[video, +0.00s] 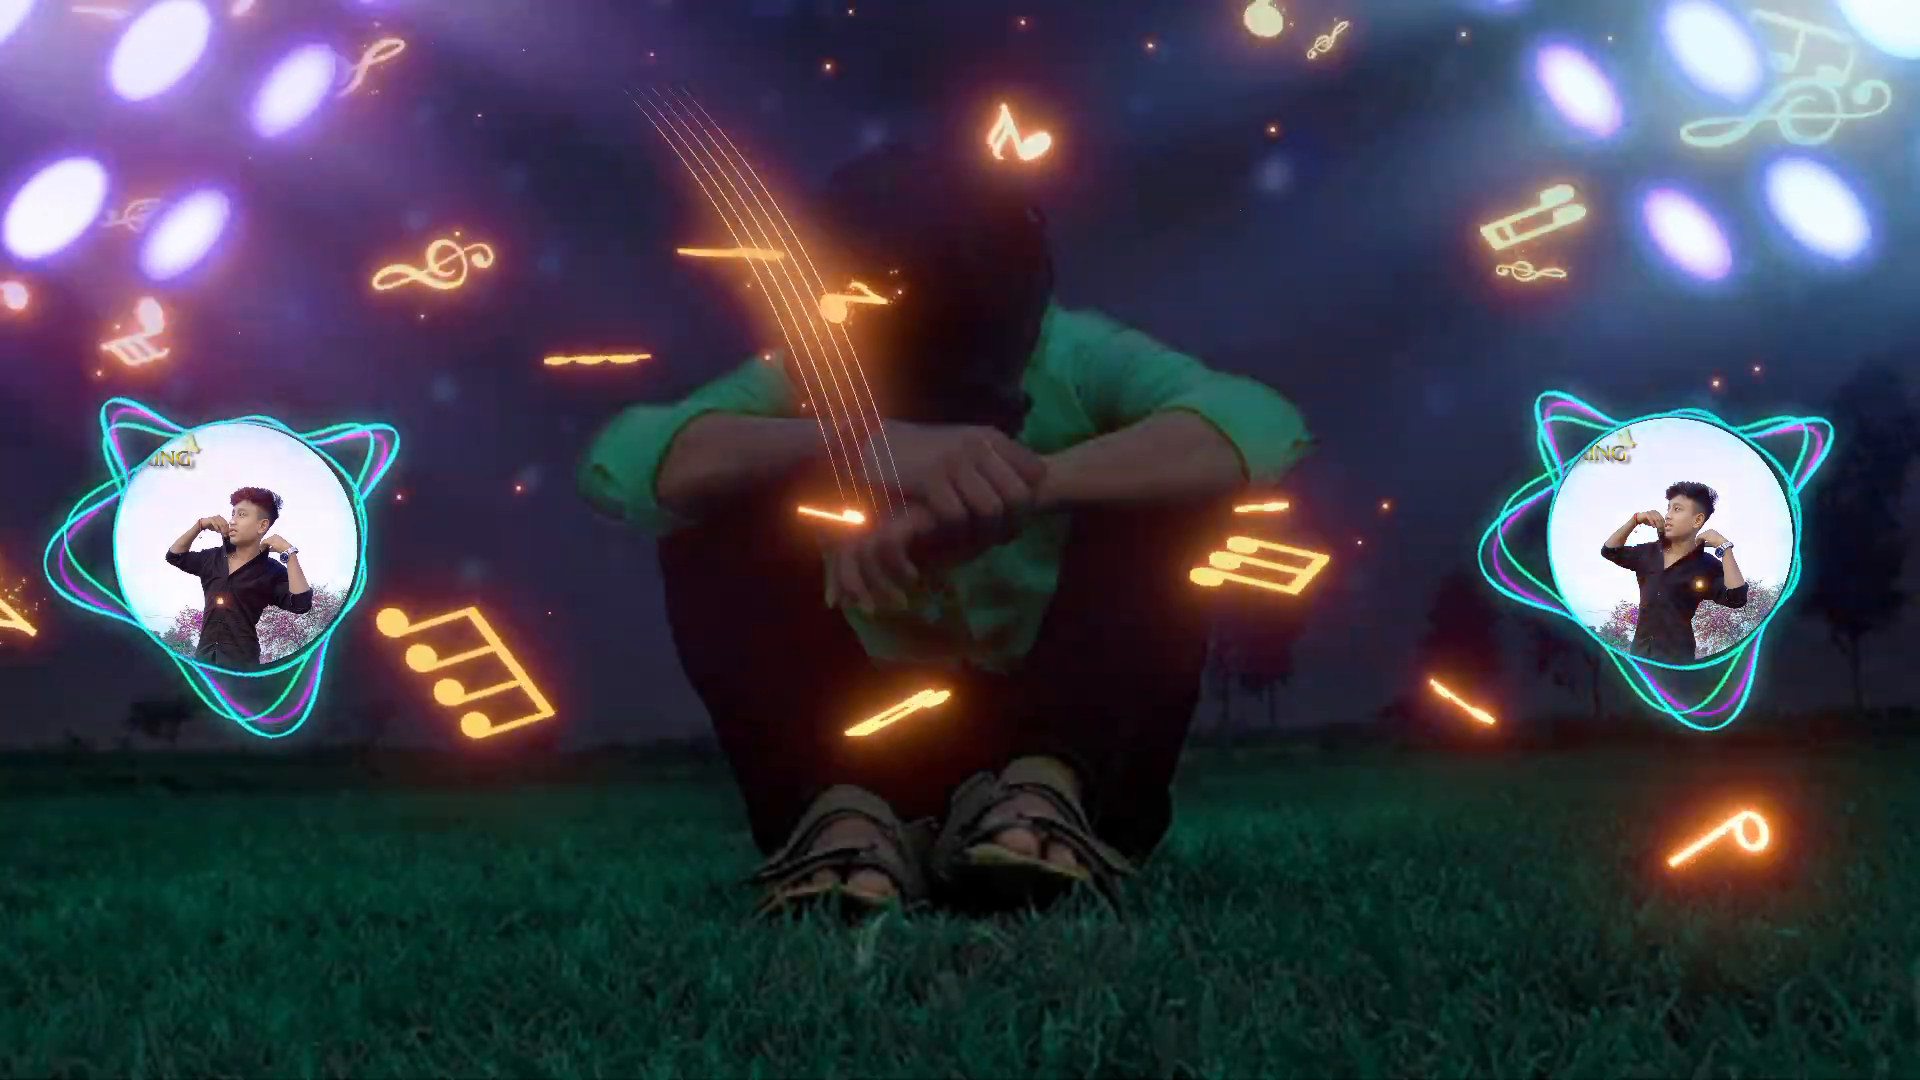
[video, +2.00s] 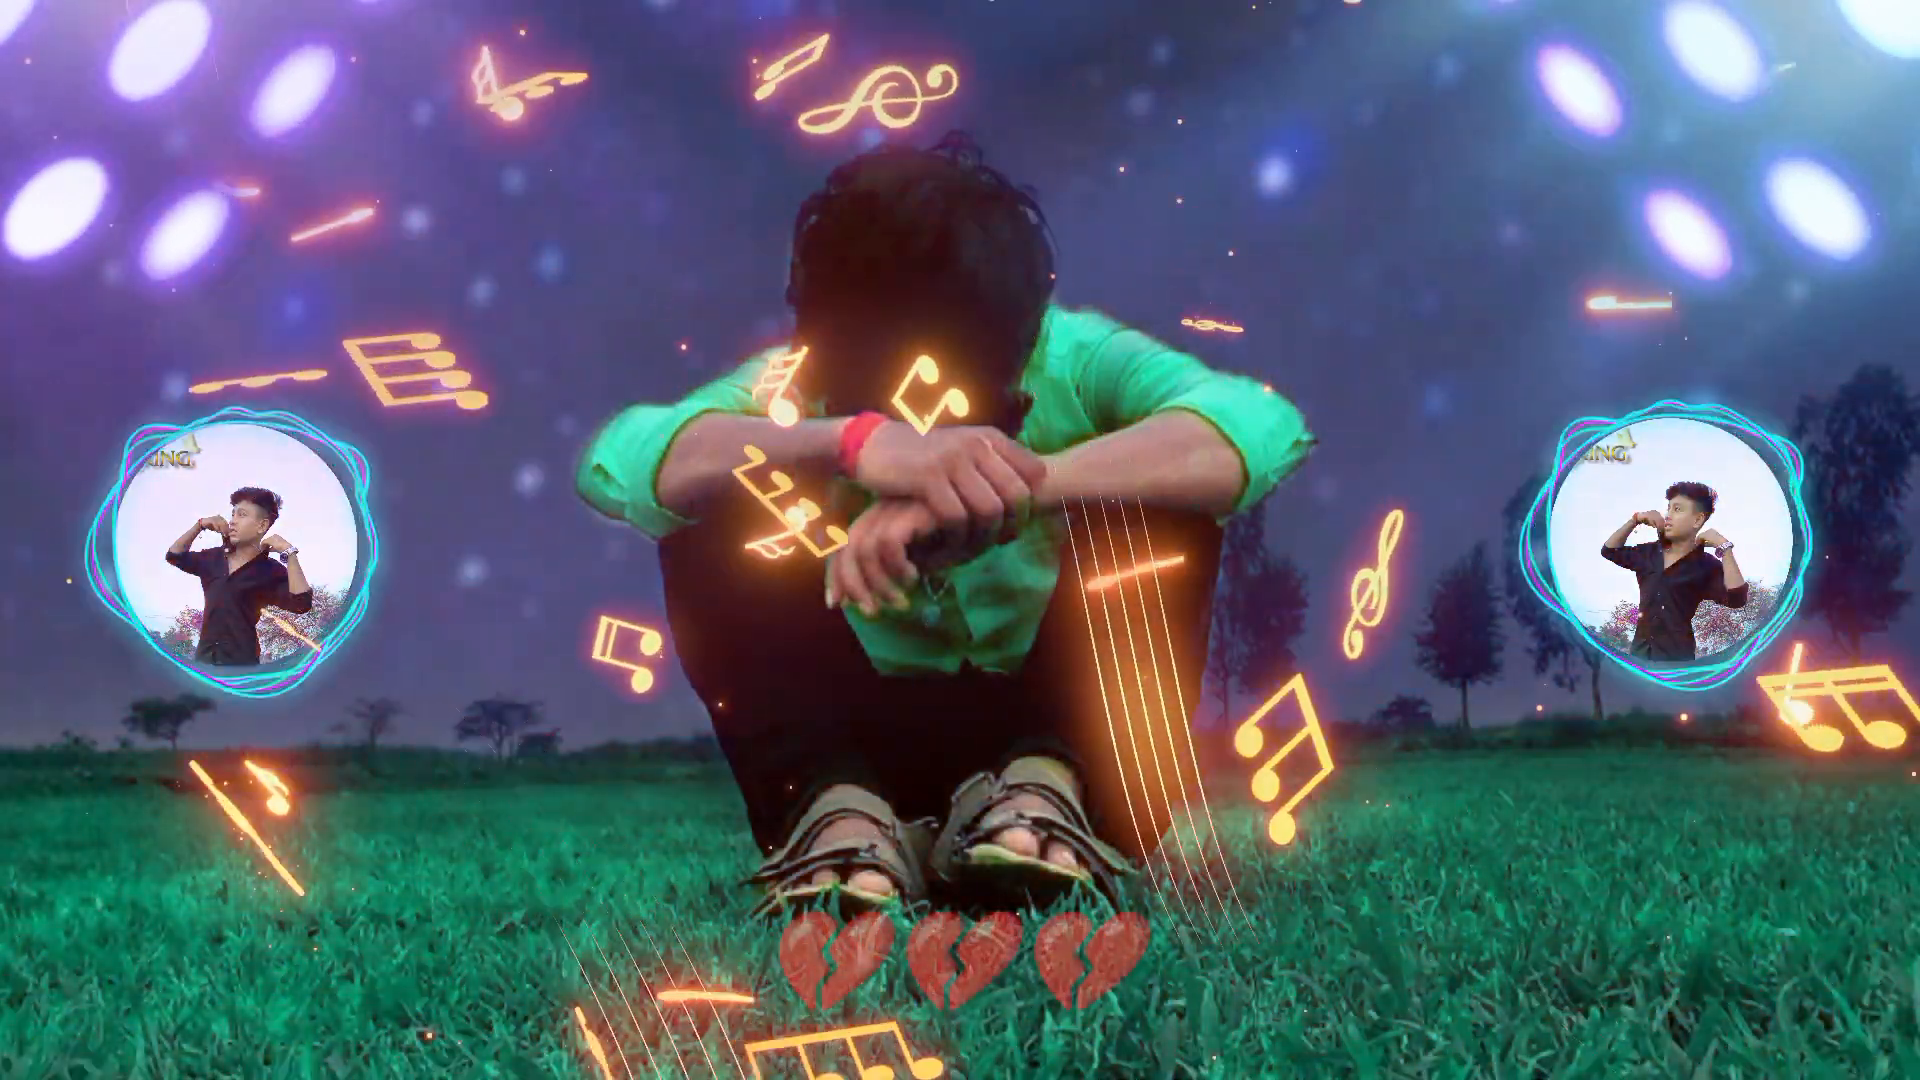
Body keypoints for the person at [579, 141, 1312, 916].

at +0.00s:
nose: (935, 401)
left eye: (968, 380)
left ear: (1011, 329)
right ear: (852, 316)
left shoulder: (1074, 353)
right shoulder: (810, 380)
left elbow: (1266, 428)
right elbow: (616, 462)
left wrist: (999, 492)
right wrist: (869, 445)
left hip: (1049, 741)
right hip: (863, 749)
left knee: (1153, 500)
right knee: (715, 522)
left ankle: (1041, 788)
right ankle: (833, 816)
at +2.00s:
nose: (926, 449)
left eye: (964, 414)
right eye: (884, 407)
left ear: (1021, 349)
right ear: (816, 353)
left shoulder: (1070, 353)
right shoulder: (789, 384)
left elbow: (1262, 430)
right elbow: (610, 467)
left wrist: (998, 491)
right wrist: (853, 444)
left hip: (1036, 717)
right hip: (860, 725)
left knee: (1161, 499)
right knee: (712, 515)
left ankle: (1039, 786)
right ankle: (835, 812)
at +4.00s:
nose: (920, 453)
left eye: (954, 418)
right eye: (887, 417)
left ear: (1017, 356)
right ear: (819, 366)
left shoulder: (1077, 356)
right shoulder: (794, 382)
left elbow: (1264, 429)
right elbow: (612, 467)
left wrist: (997, 492)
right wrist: (852, 447)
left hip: (1058, 746)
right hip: (864, 753)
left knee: (1167, 487)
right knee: (712, 499)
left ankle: (1044, 788)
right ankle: (833, 816)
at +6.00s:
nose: (934, 442)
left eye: (969, 400)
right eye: (901, 409)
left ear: (1020, 346)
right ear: (831, 365)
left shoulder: (1075, 355)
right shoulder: (796, 383)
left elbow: (1265, 429)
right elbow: (612, 467)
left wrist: (1002, 492)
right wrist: (852, 447)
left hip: (1059, 751)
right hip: (864, 758)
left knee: (1166, 489)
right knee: (714, 503)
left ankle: (1043, 791)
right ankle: (836, 819)